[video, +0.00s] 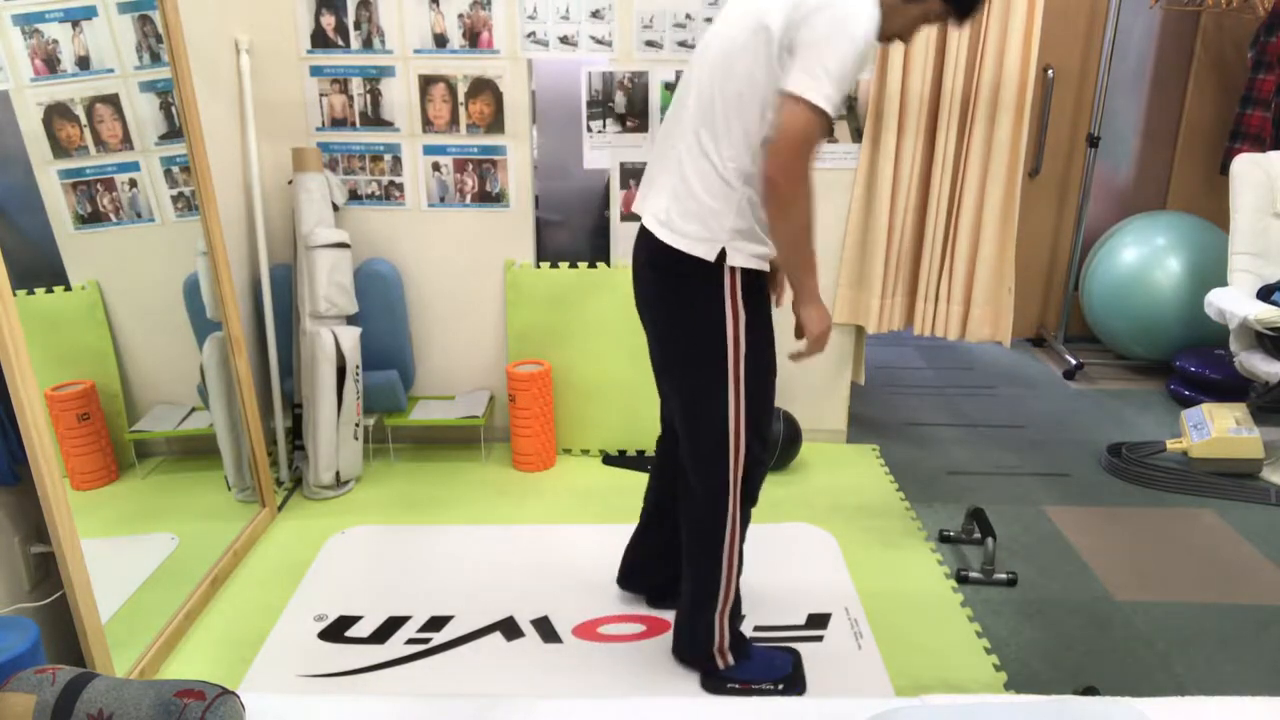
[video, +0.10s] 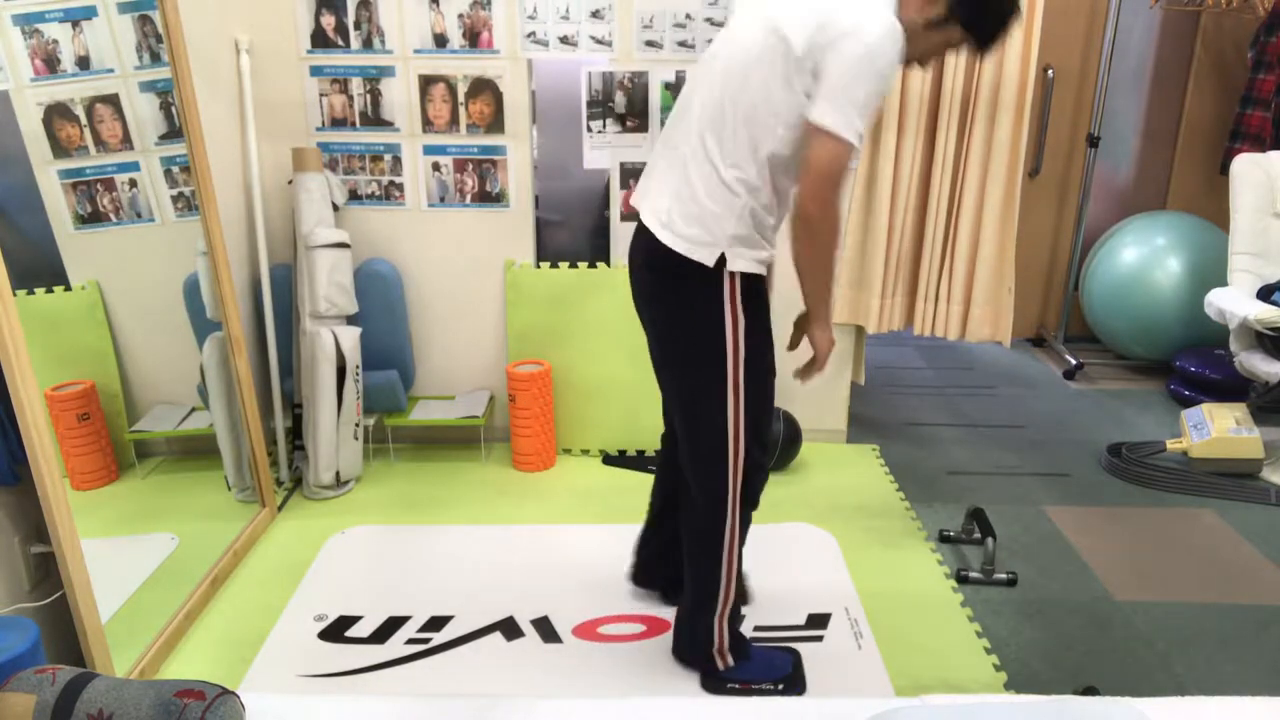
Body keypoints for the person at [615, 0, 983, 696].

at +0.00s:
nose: (917, 36)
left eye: (932, 26)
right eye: (933, 20)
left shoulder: (796, 6)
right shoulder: (845, 16)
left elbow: (745, 132)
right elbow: (787, 156)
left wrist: (767, 249)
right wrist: (809, 289)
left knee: (692, 427)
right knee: (733, 455)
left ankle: (656, 568)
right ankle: (713, 647)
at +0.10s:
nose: (939, 61)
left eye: (953, 52)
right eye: (951, 46)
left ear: (922, 0)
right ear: (933, 6)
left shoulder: (825, 9)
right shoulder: (871, 33)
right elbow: (815, 187)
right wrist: (819, 314)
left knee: (699, 425)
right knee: (736, 455)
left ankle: (666, 562)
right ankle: (714, 647)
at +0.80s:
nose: (923, 171)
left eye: (938, 170)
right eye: (941, 163)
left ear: (942, 108)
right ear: (947, 118)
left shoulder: (874, 81)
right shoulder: (896, 108)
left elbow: (760, 182)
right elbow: (818, 251)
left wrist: (763, 334)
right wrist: (794, 349)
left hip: (699, 255)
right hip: (695, 263)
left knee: (753, 434)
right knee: (765, 460)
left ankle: (721, 565)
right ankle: (723, 649)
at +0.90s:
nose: (925, 164)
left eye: (940, 162)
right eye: (942, 155)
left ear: (942, 101)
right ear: (946, 110)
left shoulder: (871, 77)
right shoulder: (895, 103)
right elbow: (819, 245)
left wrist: (772, 330)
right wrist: (798, 343)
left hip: (692, 246)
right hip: (697, 258)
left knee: (744, 435)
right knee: (771, 460)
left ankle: (720, 564)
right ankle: (721, 647)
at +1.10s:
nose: (919, 163)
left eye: (934, 160)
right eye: (936, 154)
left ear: (941, 99)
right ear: (943, 108)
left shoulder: (870, 78)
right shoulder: (896, 100)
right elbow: (821, 235)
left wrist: (769, 325)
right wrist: (789, 336)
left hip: (690, 237)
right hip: (694, 248)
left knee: (737, 432)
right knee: (737, 448)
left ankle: (719, 570)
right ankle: (713, 647)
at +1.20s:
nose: (917, 162)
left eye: (931, 159)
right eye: (933, 153)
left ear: (941, 100)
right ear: (943, 109)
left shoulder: (870, 77)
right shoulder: (898, 97)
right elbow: (817, 220)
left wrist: (764, 325)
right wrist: (791, 333)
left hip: (697, 236)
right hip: (693, 245)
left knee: (738, 414)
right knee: (713, 444)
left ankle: (723, 563)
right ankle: (713, 648)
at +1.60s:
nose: (960, 125)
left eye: (974, 121)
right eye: (975, 114)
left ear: (964, 61)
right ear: (969, 69)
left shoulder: (882, 50)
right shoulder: (917, 69)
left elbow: (764, 147)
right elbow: (827, 174)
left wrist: (784, 270)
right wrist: (844, 322)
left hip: (710, 232)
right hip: (713, 240)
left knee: (755, 427)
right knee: (741, 446)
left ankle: (713, 563)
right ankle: (740, 648)